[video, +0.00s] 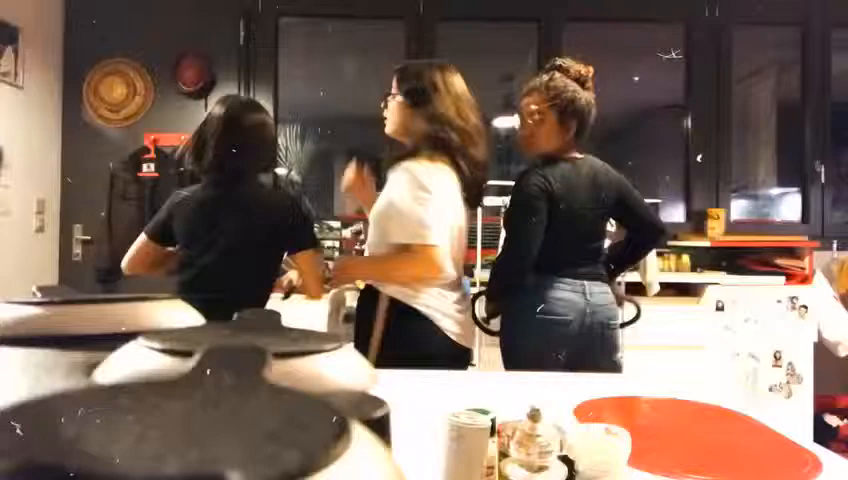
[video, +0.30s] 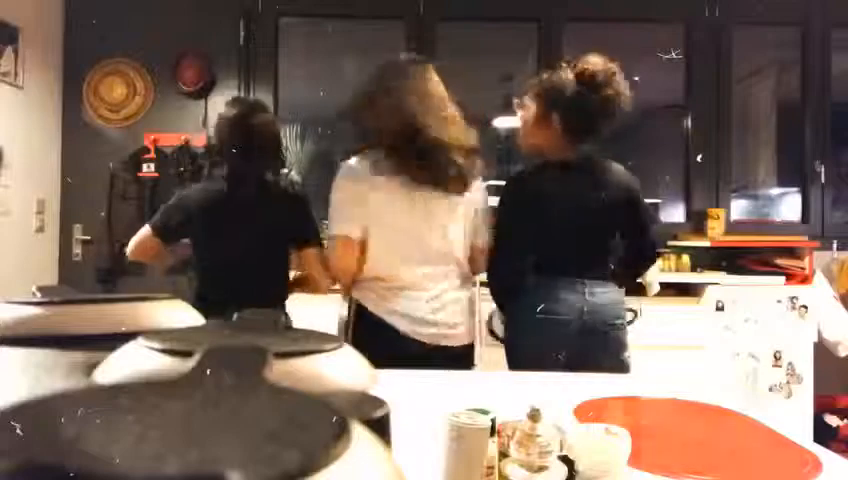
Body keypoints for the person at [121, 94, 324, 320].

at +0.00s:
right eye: (271, 137)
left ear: (205, 144)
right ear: (264, 146)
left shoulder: (183, 202)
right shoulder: (284, 207)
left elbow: (133, 264)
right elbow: (314, 288)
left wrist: (190, 258)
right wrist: (293, 278)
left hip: (186, 340)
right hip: (249, 342)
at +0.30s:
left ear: (220, 147)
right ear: (272, 147)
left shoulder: (197, 199)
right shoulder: (289, 201)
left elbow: (137, 250)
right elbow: (319, 280)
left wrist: (178, 254)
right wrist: (285, 284)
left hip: (211, 330)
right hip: (270, 331)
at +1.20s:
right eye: (251, 140)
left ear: (195, 150)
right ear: (249, 150)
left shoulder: (171, 208)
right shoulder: (269, 208)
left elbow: (102, 255)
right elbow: (304, 283)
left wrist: (157, 248)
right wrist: (269, 272)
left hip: (197, 342)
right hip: (259, 342)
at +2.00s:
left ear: (196, 144)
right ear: (250, 142)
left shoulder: (176, 200)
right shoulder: (272, 200)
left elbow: (112, 257)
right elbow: (302, 278)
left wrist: (163, 242)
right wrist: (264, 260)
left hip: (197, 331)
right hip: (262, 331)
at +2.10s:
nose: (184, 165)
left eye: (188, 155)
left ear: (196, 162)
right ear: (249, 158)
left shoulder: (183, 215)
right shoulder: (276, 211)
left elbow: (120, 276)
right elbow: (304, 287)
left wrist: (171, 259)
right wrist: (271, 270)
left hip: (205, 342)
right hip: (266, 342)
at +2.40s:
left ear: (198, 158)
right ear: (253, 153)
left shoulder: (184, 208)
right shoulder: (278, 204)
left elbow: (117, 268)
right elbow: (303, 281)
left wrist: (170, 257)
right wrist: (270, 264)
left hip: (196, 331)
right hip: (261, 332)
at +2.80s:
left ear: (198, 146)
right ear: (260, 145)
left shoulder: (182, 202)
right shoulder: (281, 202)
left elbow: (139, 270)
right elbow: (306, 279)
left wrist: (177, 246)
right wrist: (274, 260)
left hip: (202, 332)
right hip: (265, 331)